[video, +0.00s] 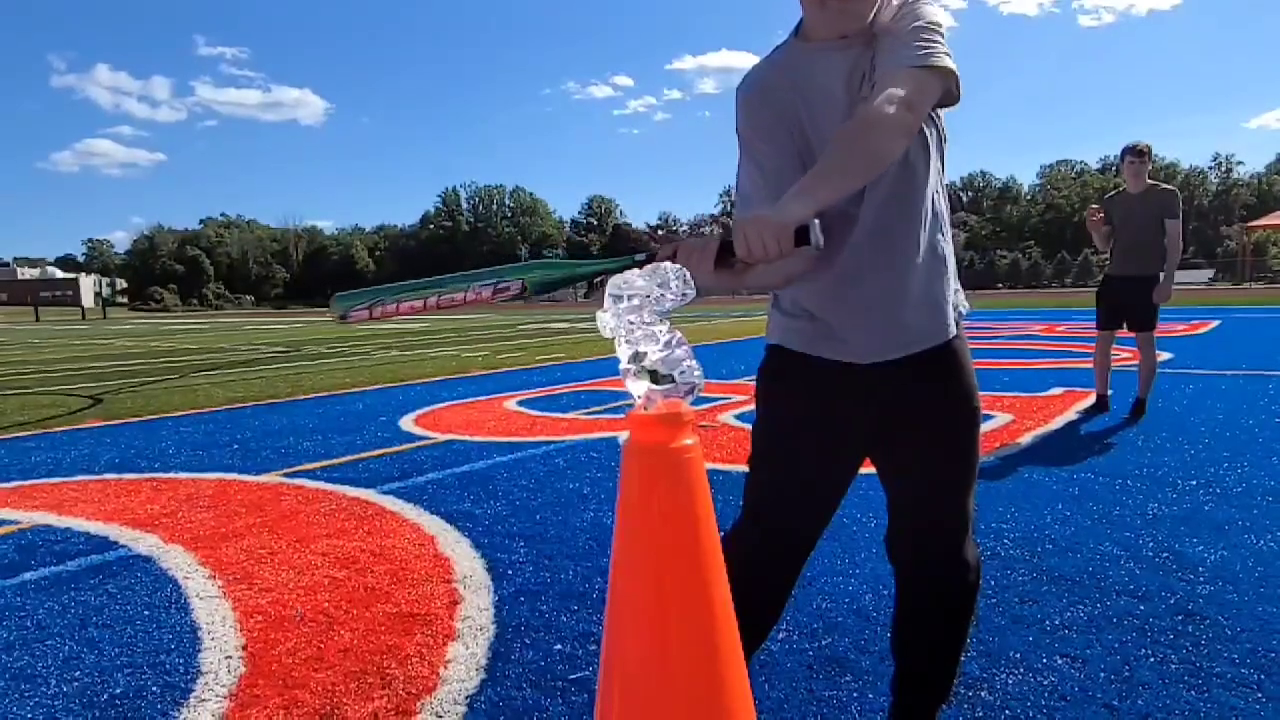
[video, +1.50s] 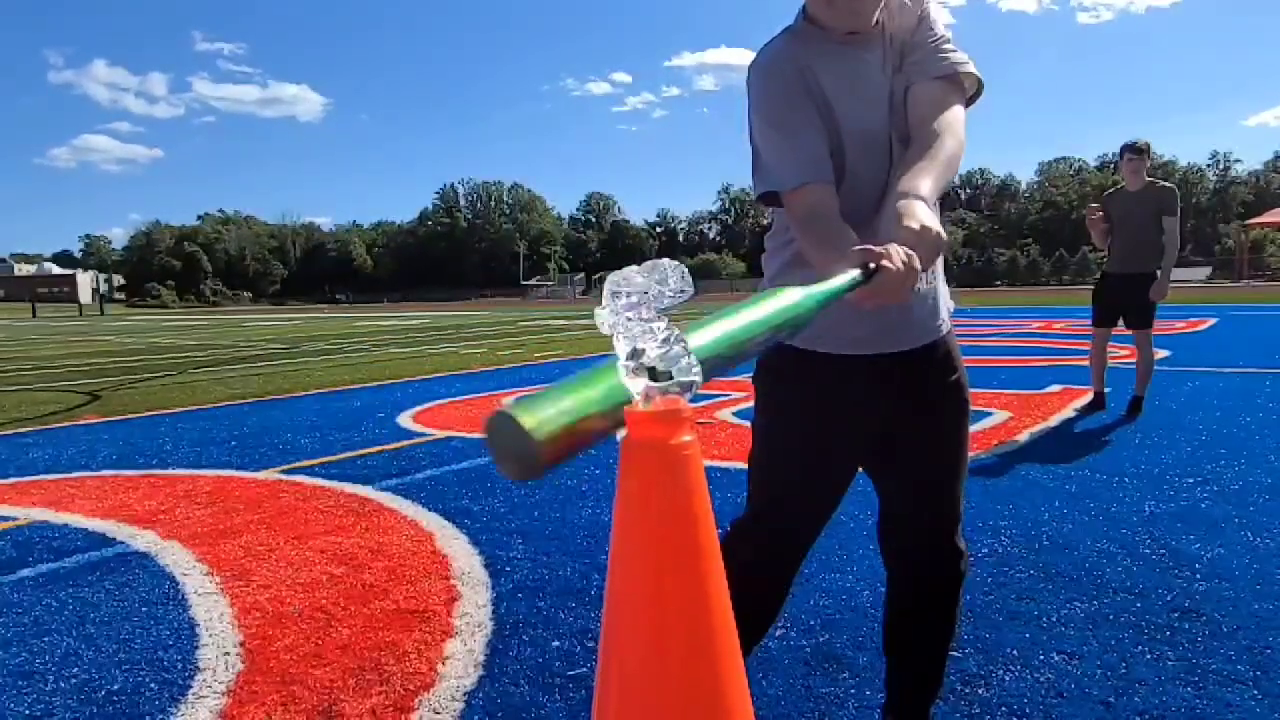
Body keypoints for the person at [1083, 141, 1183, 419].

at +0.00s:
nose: (1136, 165)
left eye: (1141, 161)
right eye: (1131, 161)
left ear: (1149, 165)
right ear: (1122, 166)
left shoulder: (1166, 196)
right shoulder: (1112, 201)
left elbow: (1174, 242)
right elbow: (1103, 245)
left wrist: (1167, 280)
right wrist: (1095, 227)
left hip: (1146, 279)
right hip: (1114, 279)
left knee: (1145, 343)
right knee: (1104, 341)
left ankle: (1141, 400)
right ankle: (1101, 398)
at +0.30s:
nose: (1136, 165)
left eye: (1141, 160)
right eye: (1131, 160)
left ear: (1149, 164)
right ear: (1122, 165)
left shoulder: (1167, 195)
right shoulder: (1112, 200)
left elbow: (1174, 242)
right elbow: (1103, 244)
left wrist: (1166, 280)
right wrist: (1095, 227)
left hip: (1145, 278)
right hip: (1113, 278)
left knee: (1145, 342)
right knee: (1103, 340)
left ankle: (1140, 399)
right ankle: (1101, 396)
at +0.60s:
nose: (1136, 165)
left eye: (1141, 159)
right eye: (1131, 160)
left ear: (1149, 163)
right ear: (1122, 165)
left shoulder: (1166, 194)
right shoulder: (1112, 199)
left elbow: (1173, 240)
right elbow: (1102, 244)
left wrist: (1166, 279)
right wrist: (1095, 227)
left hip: (1145, 278)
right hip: (1113, 277)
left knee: (1144, 342)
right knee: (1102, 338)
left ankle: (1139, 399)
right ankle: (1100, 395)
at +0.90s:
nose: (1136, 164)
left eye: (1141, 159)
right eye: (1130, 160)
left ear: (1149, 163)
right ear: (1121, 164)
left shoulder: (1166, 194)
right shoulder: (1112, 199)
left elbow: (1173, 240)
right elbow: (1102, 243)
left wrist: (1165, 278)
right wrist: (1094, 225)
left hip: (1144, 277)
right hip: (1112, 276)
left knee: (1144, 341)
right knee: (1101, 338)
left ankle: (1139, 399)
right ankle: (1099, 395)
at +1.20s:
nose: (1136, 164)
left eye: (1141, 159)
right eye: (1130, 159)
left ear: (1148, 162)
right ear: (1121, 164)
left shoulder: (1165, 194)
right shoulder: (1111, 198)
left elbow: (1172, 239)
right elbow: (1102, 243)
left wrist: (1164, 278)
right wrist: (1094, 225)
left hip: (1144, 276)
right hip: (1112, 276)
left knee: (1143, 341)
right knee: (1100, 337)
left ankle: (1138, 399)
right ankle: (1099, 395)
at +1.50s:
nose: (1134, 164)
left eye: (1139, 159)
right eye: (1129, 159)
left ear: (1148, 163)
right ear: (1120, 164)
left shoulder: (1165, 193)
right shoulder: (1111, 198)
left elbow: (1172, 239)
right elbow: (1102, 243)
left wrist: (1163, 278)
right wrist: (1094, 226)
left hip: (1143, 277)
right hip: (1111, 277)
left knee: (1142, 341)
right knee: (1099, 339)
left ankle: (1138, 398)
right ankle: (1098, 395)